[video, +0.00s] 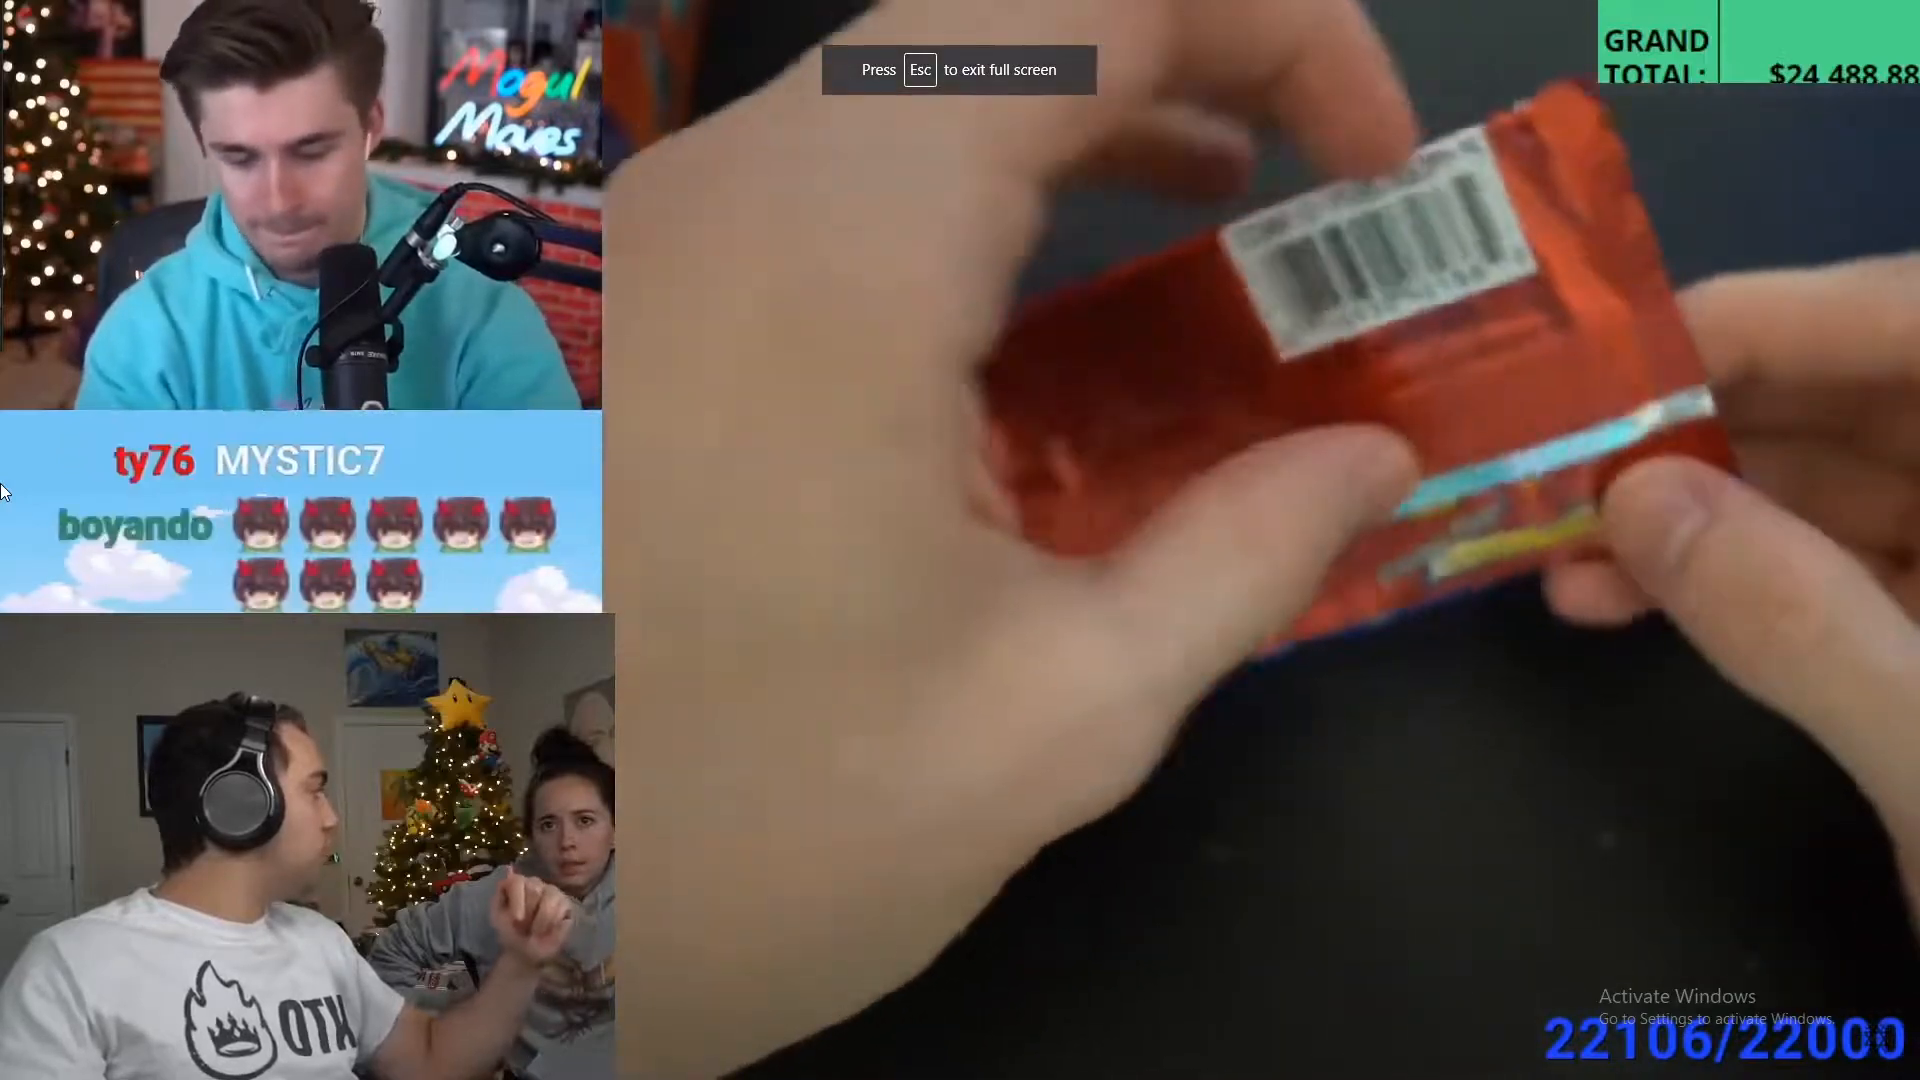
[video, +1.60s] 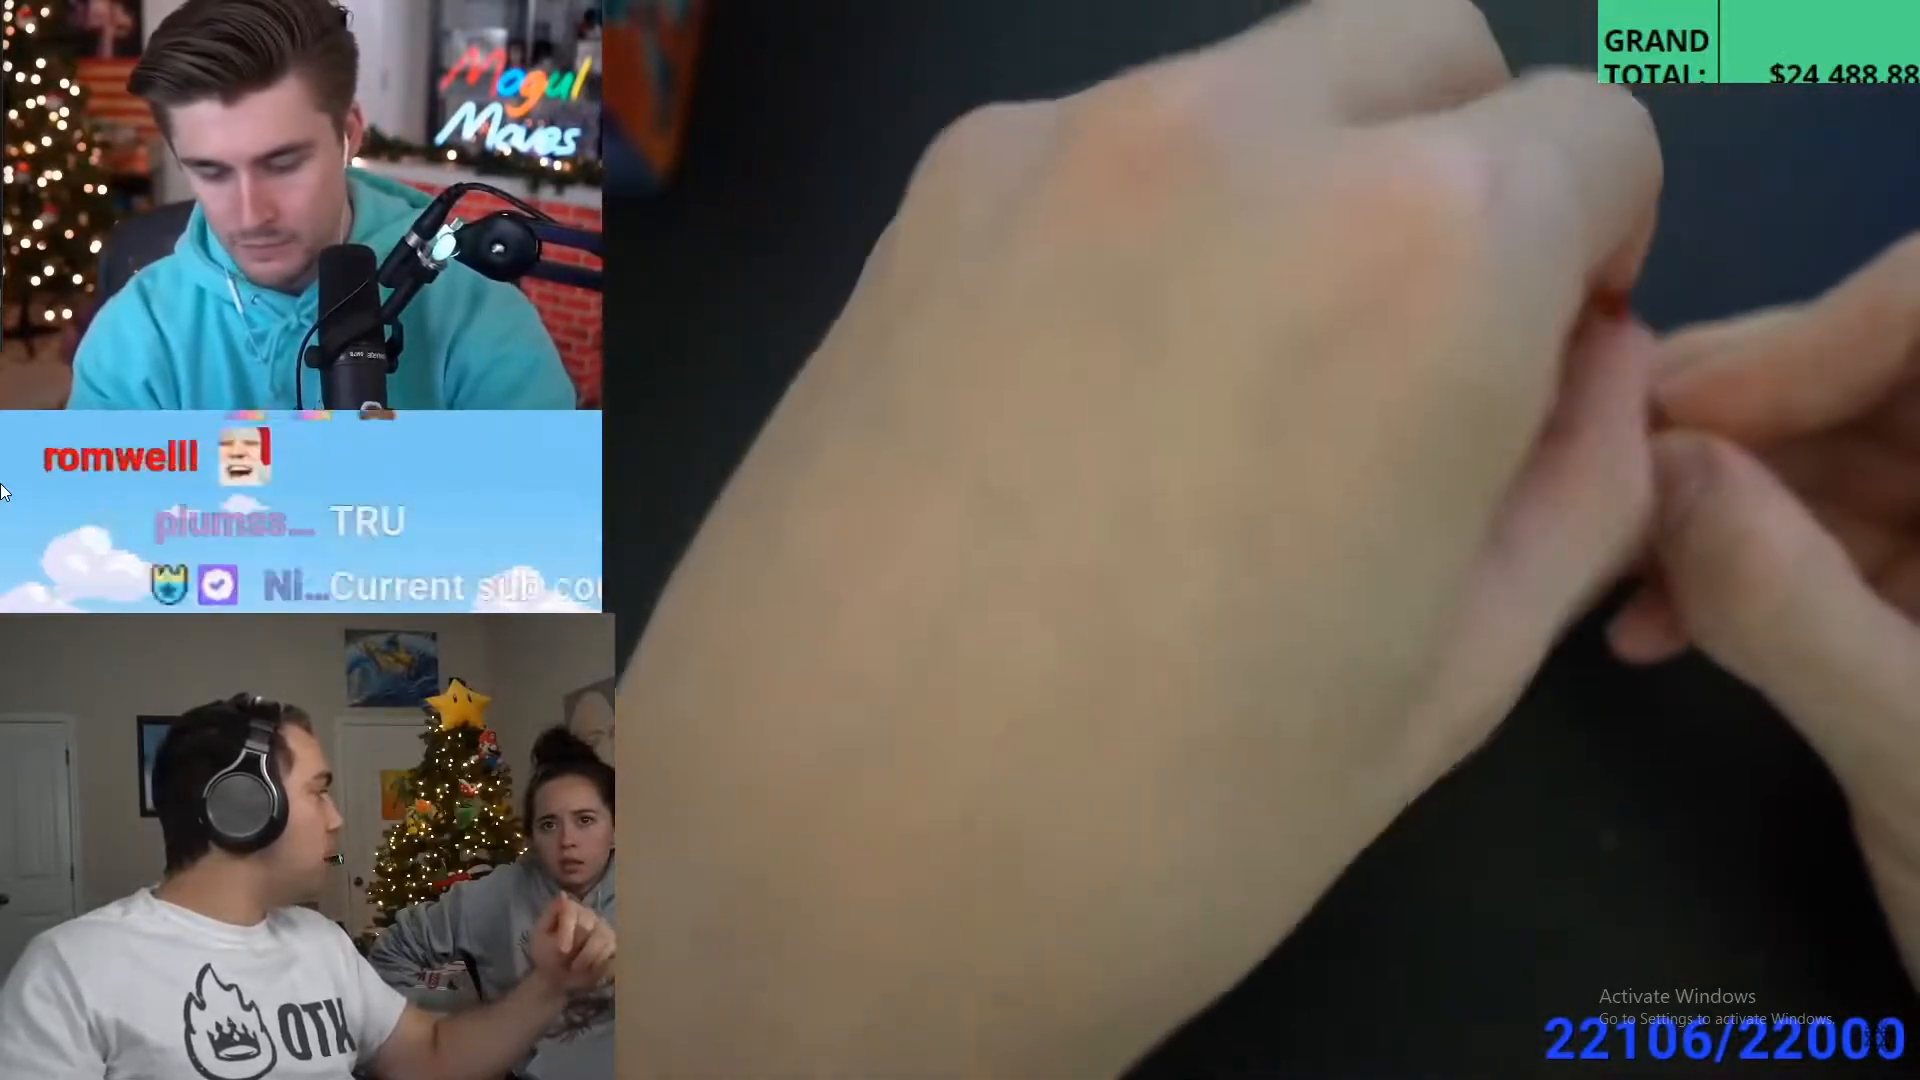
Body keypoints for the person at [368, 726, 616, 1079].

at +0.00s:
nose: (567, 842)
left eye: (585, 822)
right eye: (548, 825)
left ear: (614, 829)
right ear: (531, 836)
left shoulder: (642, 896)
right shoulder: (489, 900)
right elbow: (387, 957)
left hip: (621, 1069)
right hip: (534, 1071)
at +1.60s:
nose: (567, 842)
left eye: (585, 821)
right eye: (549, 825)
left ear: (615, 828)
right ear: (531, 836)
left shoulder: (643, 895)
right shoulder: (493, 898)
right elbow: (389, 956)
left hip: (619, 1068)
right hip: (531, 1071)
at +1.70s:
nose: (567, 842)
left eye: (585, 821)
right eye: (549, 825)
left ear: (615, 828)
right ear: (531, 836)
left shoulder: (644, 894)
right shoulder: (493, 898)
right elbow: (392, 952)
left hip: (620, 1069)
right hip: (526, 1071)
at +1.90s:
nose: (567, 842)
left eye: (585, 821)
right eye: (548, 825)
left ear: (615, 828)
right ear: (531, 836)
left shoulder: (642, 893)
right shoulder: (491, 899)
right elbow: (389, 956)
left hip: (615, 1069)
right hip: (528, 1071)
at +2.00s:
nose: (567, 842)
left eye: (585, 821)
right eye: (548, 825)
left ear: (615, 828)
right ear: (530, 836)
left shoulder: (641, 897)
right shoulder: (491, 898)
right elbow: (388, 958)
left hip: (609, 1070)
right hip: (522, 1072)